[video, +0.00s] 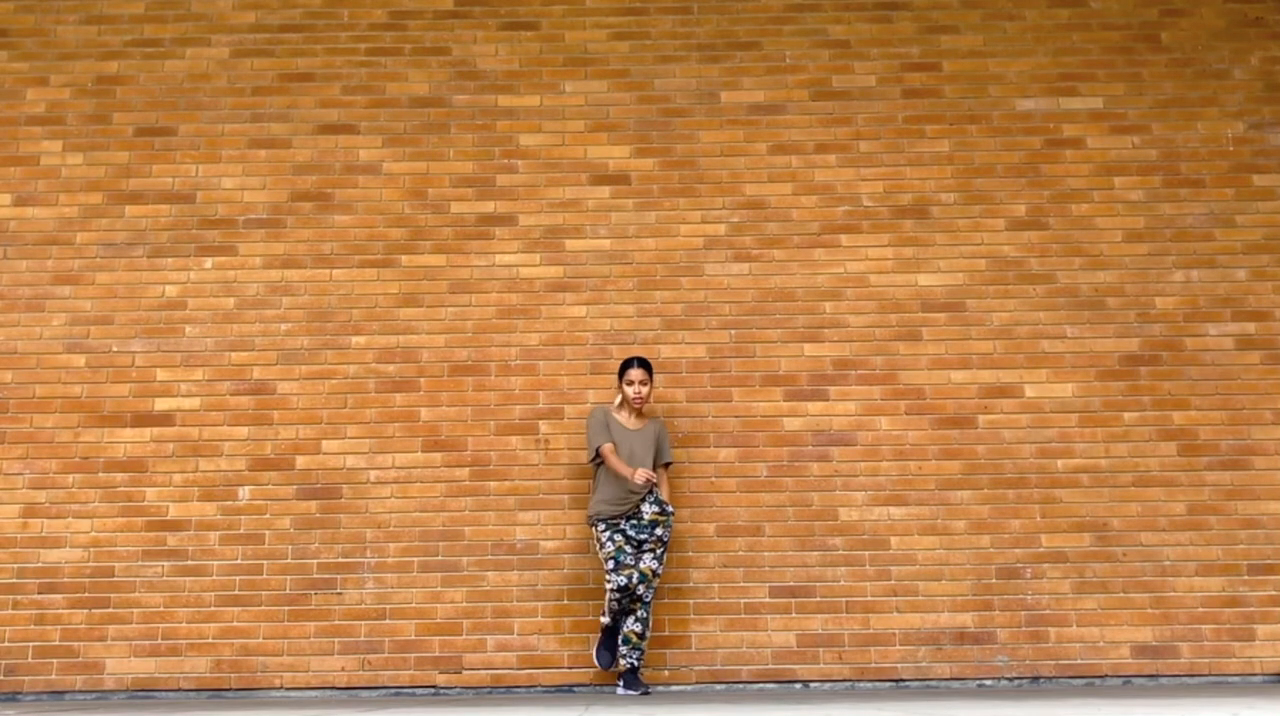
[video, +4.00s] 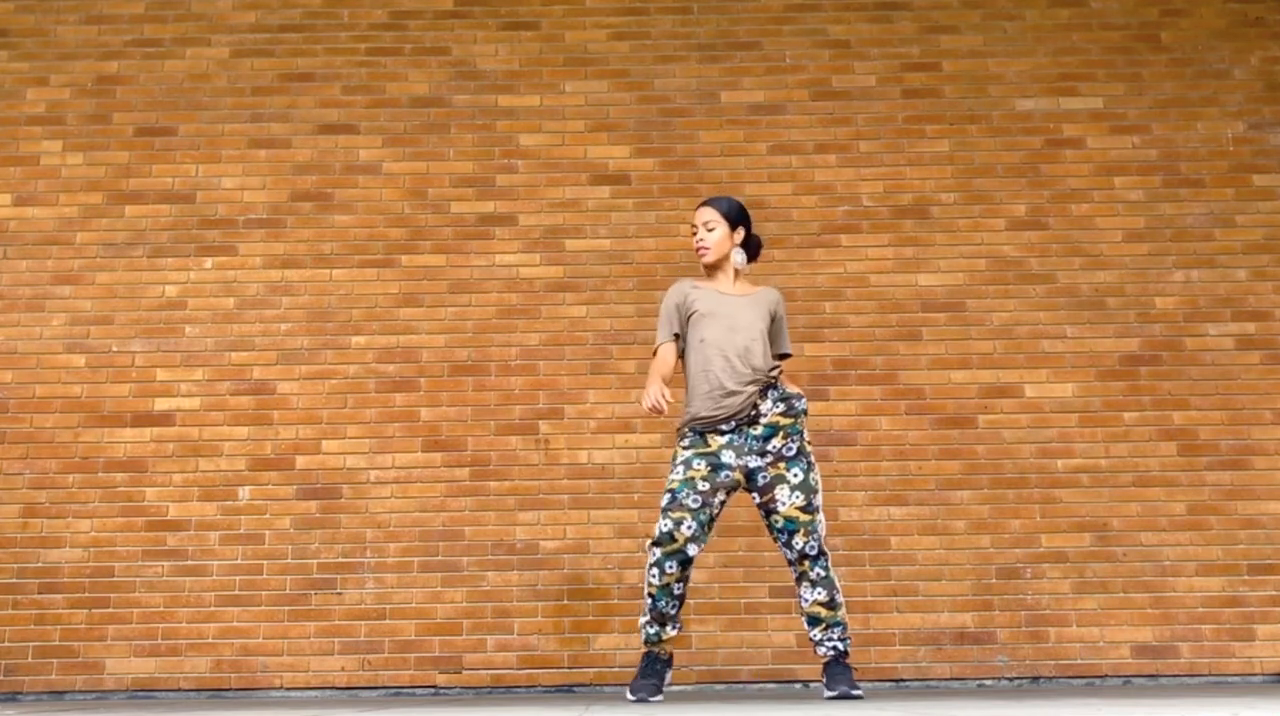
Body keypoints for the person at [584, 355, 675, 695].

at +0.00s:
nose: (638, 390)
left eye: (644, 383)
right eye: (631, 383)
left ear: (652, 387)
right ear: (620, 386)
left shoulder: (656, 427)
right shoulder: (601, 416)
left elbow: (661, 473)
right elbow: (607, 454)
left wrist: (665, 506)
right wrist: (631, 474)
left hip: (649, 516)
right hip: (610, 516)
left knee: (643, 589)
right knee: (625, 582)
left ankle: (630, 671)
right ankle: (610, 630)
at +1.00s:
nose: (662, 358)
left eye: (669, 351)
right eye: (656, 353)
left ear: (682, 358)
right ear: (649, 360)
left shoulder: (707, 397)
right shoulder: (641, 405)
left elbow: (716, 451)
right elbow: (613, 454)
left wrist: (710, 497)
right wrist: (582, 500)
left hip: (690, 501)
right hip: (643, 503)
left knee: (698, 583)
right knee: (659, 581)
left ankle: (680, 654)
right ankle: (675, 667)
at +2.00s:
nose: (698, 292)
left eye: (707, 284)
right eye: (692, 289)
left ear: (729, 293)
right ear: (689, 304)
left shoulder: (758, 346)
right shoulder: (681, 348)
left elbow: (773, 407)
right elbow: (649, 400)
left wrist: (774, 453)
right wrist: (609, 446)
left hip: (757, 463)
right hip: (706, 465)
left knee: (753, 556)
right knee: (730, 549)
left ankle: (728, 660)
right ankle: (757, 655)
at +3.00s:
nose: (731, 228)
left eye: (739, 222)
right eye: (721, 224)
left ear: (753, 237)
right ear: (708, 242)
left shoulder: (776, 300)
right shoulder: (694, 290)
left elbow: (788, 370)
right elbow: (688, 363)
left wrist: (793, 423)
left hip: (775, 427)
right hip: (716, 428)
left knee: (773, 540)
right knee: (711, 534)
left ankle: (770, 661)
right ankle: (700, 648)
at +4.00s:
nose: (698, 238)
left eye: (709, 229)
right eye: (695, 231)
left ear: (738, 236)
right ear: (694, 240)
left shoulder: (769, 299)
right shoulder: (682, 295)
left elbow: (774, 368)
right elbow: (666, 355)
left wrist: (787, 390)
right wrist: (653, 381)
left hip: (768, 433)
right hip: (704, 438)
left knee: (804, 541)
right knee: (671, 542)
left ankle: (835, 659)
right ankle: (655, 655)